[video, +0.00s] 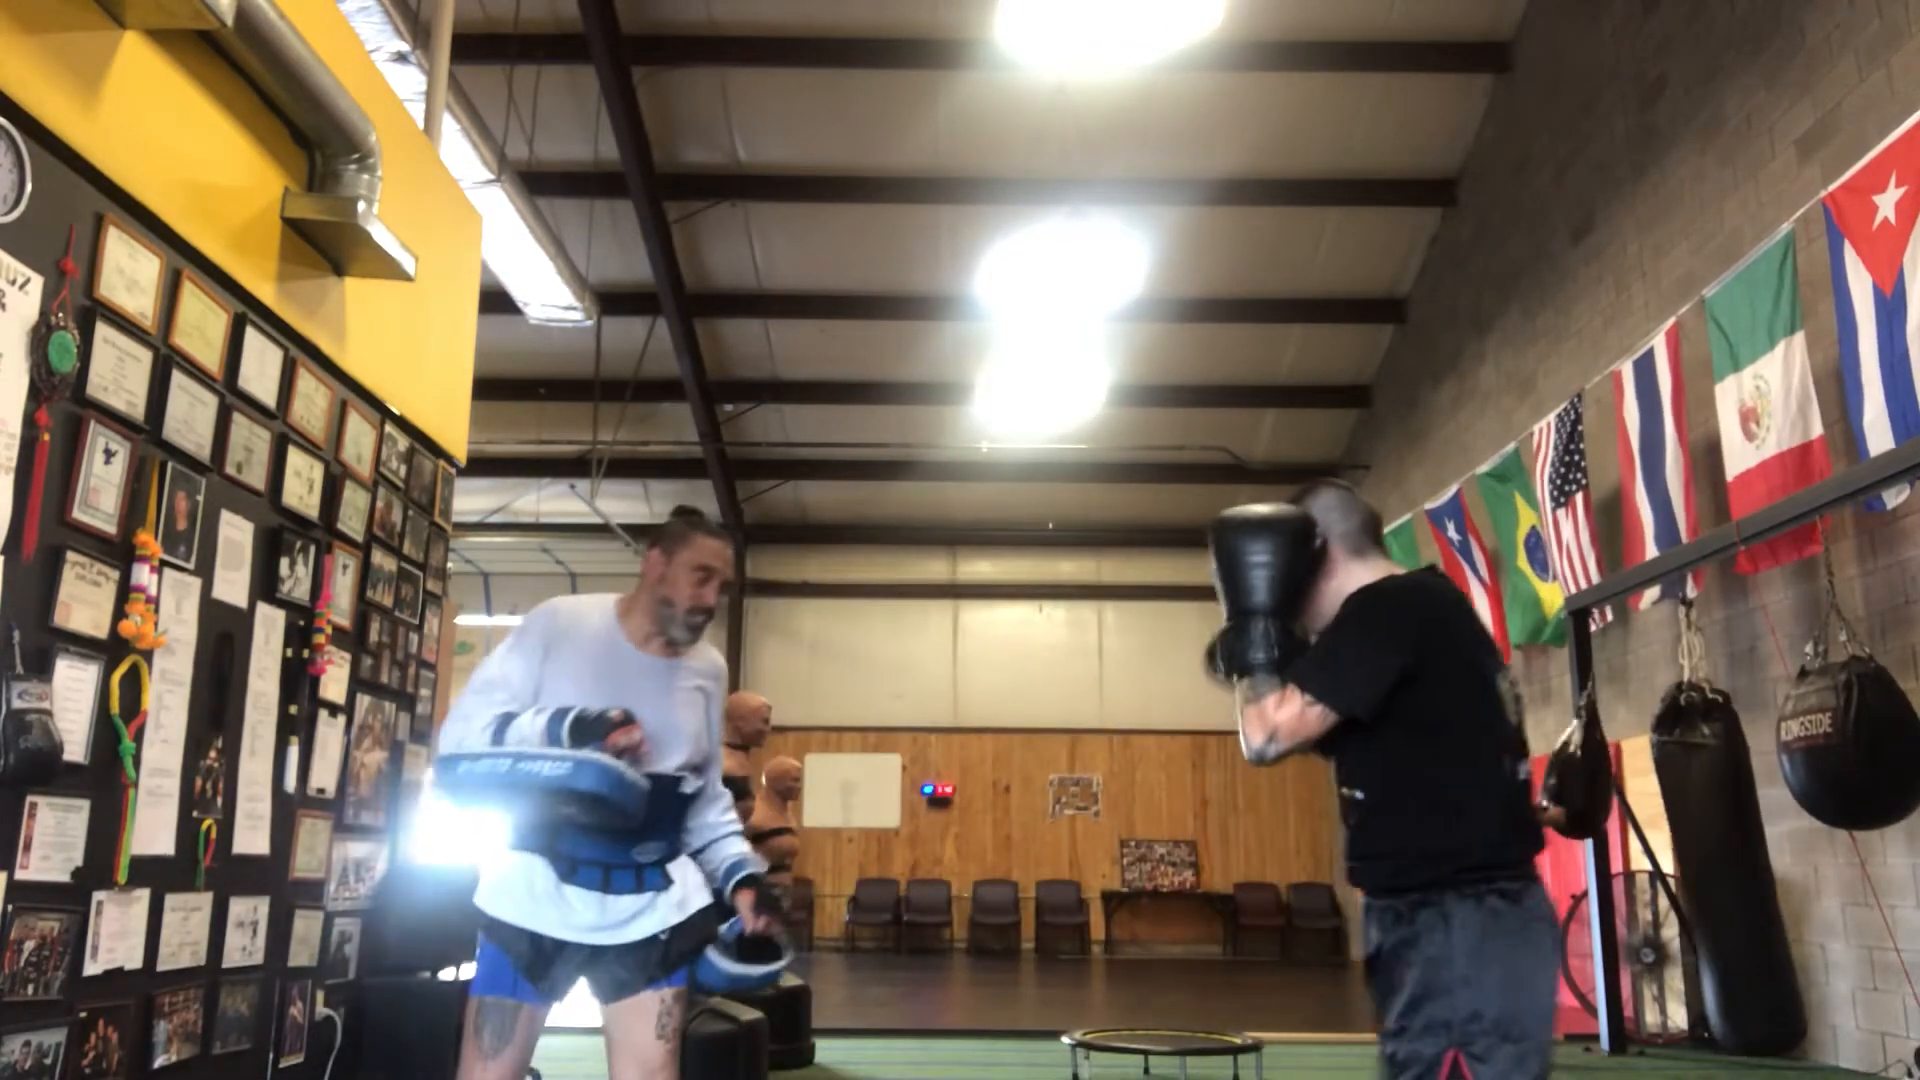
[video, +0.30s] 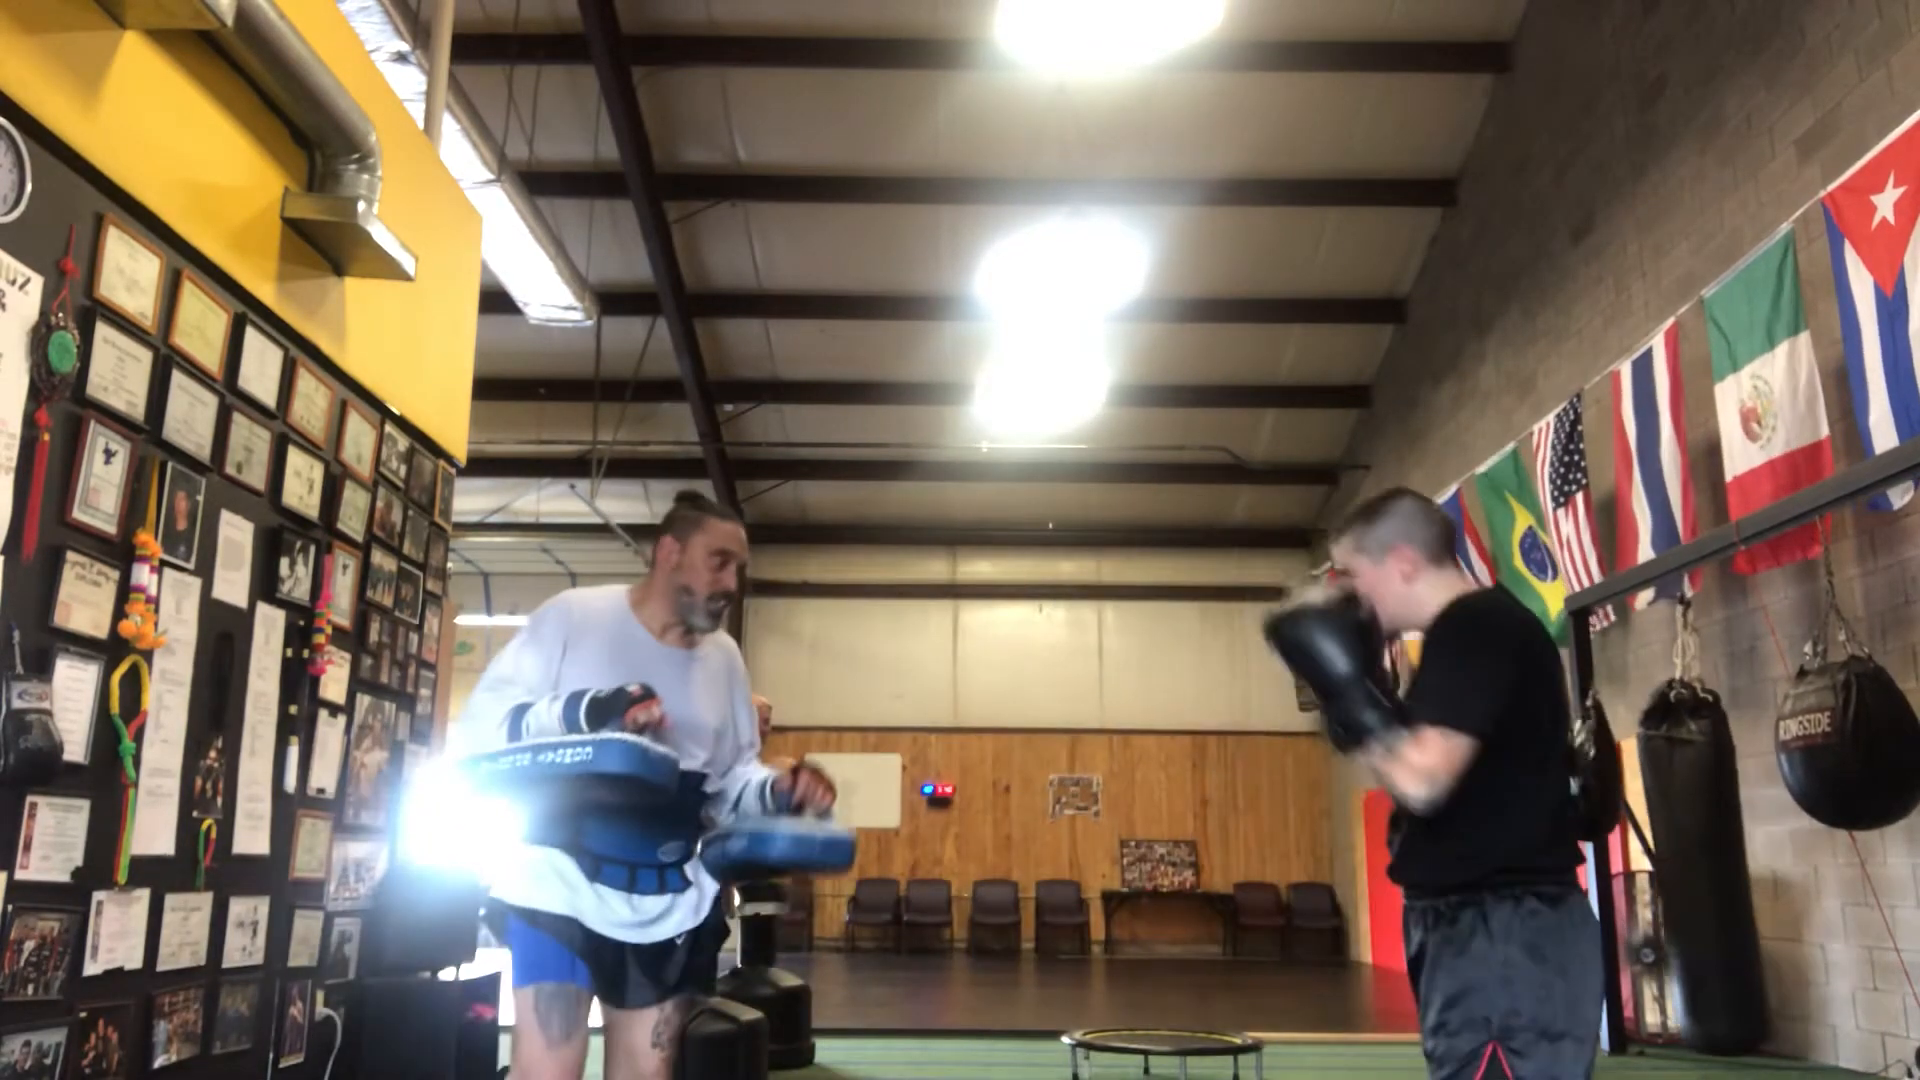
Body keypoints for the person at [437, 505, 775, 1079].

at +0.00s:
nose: (711, 599)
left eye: (722, 587)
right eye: (702, 577)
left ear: (726, 592)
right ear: (653, 563)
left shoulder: (706, 670)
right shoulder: (557, 626)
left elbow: (705, 798)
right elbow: (460, 737)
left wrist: (741, 877)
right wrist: (574, 730)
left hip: (652, 918)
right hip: (530, 907)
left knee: (652, 1072)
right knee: (487, 1073)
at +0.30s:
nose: (732, 584)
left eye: (739, 569)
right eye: (720, 563)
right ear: (667, 553)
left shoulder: (724, 662)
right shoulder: (570, 618)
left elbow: (726, 787)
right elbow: (477, 730)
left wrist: (781, 791)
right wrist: (593, 712)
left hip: (667, 908)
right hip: (552, 896)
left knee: (647, 1071)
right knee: (549, 1069)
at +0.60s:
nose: (716, 571)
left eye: (719, 555)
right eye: (701, 549)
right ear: (644, 540)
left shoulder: (694, 647)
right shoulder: (550, 612)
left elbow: (719, 749)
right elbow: (480, 746)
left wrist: (785, 714)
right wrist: (614, 673)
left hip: (687, 911)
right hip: (570, 909)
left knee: (718, 1068)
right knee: (566, 1072)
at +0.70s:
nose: (722, 576)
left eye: (726, 561)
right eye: (707, 555)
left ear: (654, 545)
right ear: (650, 544)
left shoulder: (696, 644)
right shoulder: (555, 608)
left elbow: (731, 760)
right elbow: (522, 752)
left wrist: (789, 682)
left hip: (691, 904)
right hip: (575, 905)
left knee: (757, 1063)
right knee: (570, 1074)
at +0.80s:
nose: (723, 577)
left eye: (730, 564)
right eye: (716, 556)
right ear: (668, 537)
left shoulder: (694, 633)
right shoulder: (567, 598)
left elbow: (733, 748)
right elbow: (583, 726)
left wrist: (794, 654)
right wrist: (680, 602)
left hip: (694, 899)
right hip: (581, 901)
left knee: (776, 1055)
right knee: (569, 1072)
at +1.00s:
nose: (729, 568)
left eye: (744, 558)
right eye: (722, 552)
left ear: (744, 565)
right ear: (694, 543)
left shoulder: (731, 644)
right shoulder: (607, 593)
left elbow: (777, 746)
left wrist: (840, 643)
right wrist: (738, 560)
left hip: (713, 911)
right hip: (602, 910)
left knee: (776, 1069)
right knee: (581, 1072)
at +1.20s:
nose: (795, 559)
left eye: (809, 549)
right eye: (786, 541)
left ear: (818, 562)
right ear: (750, 541)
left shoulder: (792, 665)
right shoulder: (664, 598)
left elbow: (830, 780)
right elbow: (697, 689)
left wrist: (902, 699)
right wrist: (764, 569)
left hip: (774, 927)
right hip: (658, 922)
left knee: (808, 1068)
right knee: (616, 1071)